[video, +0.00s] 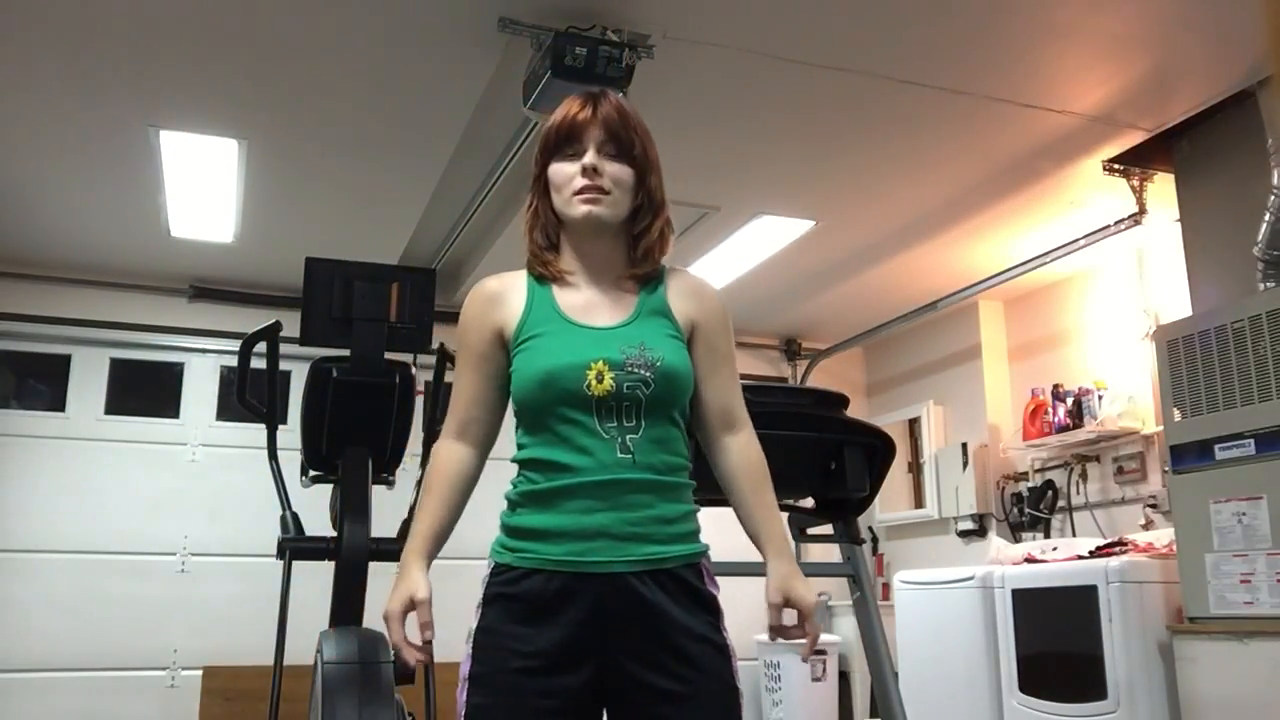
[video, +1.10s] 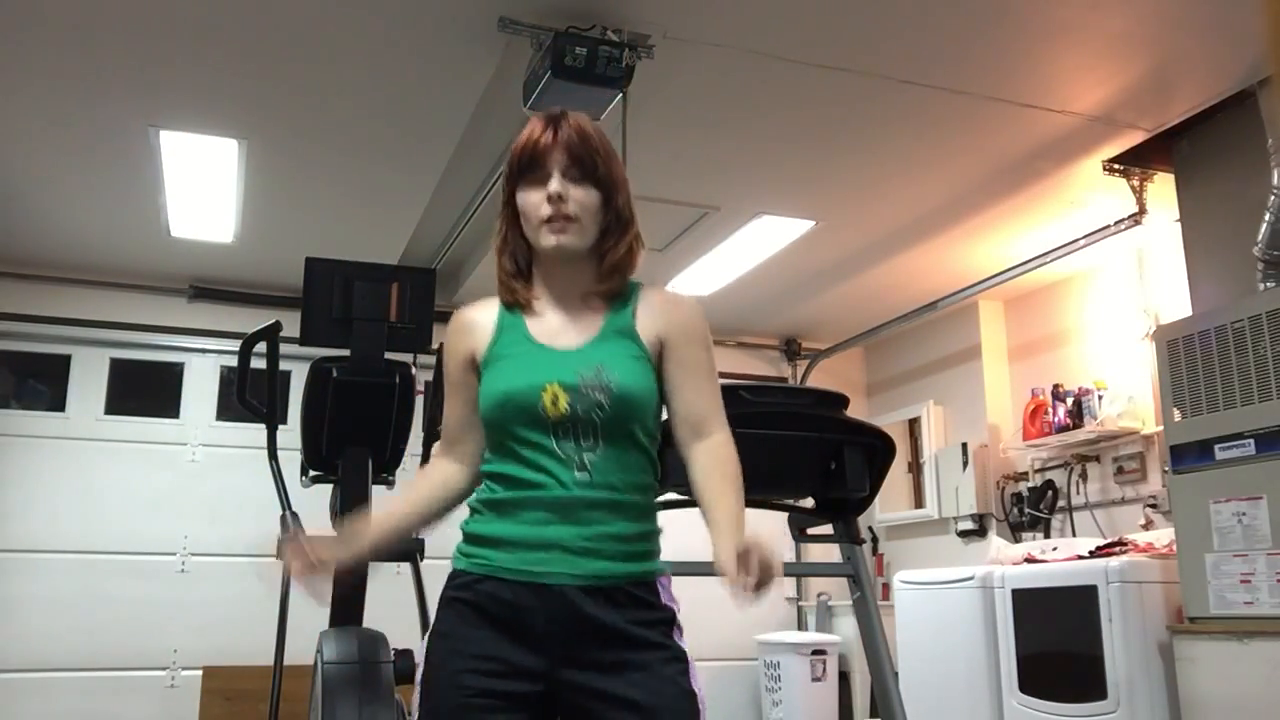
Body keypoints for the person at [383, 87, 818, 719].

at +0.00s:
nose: (591, 165)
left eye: (614, 153)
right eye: (570, 153)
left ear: (642, 182)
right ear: (544, 183)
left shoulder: (691, 300)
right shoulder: (499, 301)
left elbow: (731, 434)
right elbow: (462, 439)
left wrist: (781, 559)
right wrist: (415, 561)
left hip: (670, 599)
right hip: (534, 599)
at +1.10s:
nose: (556, 195)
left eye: (577, 178)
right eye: (536, 180)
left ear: (608, 199)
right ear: (515, 202)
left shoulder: (667, 317)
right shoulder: (476, 326)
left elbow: (705, 435)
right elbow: (454, 459)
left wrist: (730, 539)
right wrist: (349, 543)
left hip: (624, 622)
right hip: (488, 617)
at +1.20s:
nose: (562, 216)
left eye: (583, 200)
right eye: (542, 202)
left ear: (615, 221)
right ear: (519, 228)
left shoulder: (671, 322)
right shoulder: (488, 344)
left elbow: (717, 420)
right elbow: (425, 465)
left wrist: (739, 474)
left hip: (631, 629)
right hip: (498, 618)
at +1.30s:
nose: (578, 194)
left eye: (601, 177)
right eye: (558, 178)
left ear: (631, 198)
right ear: (537, 201)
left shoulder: (679, 293)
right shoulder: (504, 310)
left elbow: (741, 388)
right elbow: (407, 404)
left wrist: (752, 443)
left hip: (648, 607)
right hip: (517, 601)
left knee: (696, 708)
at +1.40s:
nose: (603, 176)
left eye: (627, 159)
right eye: (584, 160)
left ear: (656, 179)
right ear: (561, 180)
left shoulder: (692, 268)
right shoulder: (529, 282)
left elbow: (751, 365)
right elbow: (436, 339)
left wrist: (775, 471)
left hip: (669, 570)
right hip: (545, 572)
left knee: (710, 710)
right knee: (517, 708)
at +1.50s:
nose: (626, 192)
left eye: (650, 177)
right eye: (610, 173)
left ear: (679, 199)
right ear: (584, 190)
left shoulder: (716, 292)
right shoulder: (556, 299)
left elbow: (768, 412)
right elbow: (487, 322)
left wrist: (799, 542)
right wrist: (530, 206)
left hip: (698, 591)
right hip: (582, 595)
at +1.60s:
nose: (651, 223)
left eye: (673, 207)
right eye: (634, 204)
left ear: (703, 226)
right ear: (611, 221)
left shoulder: (740, 323)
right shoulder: (593, 333)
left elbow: (789, 461)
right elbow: (545, 342)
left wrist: (827, 597)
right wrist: (588, 246)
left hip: (741, 617)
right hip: (624, 629)